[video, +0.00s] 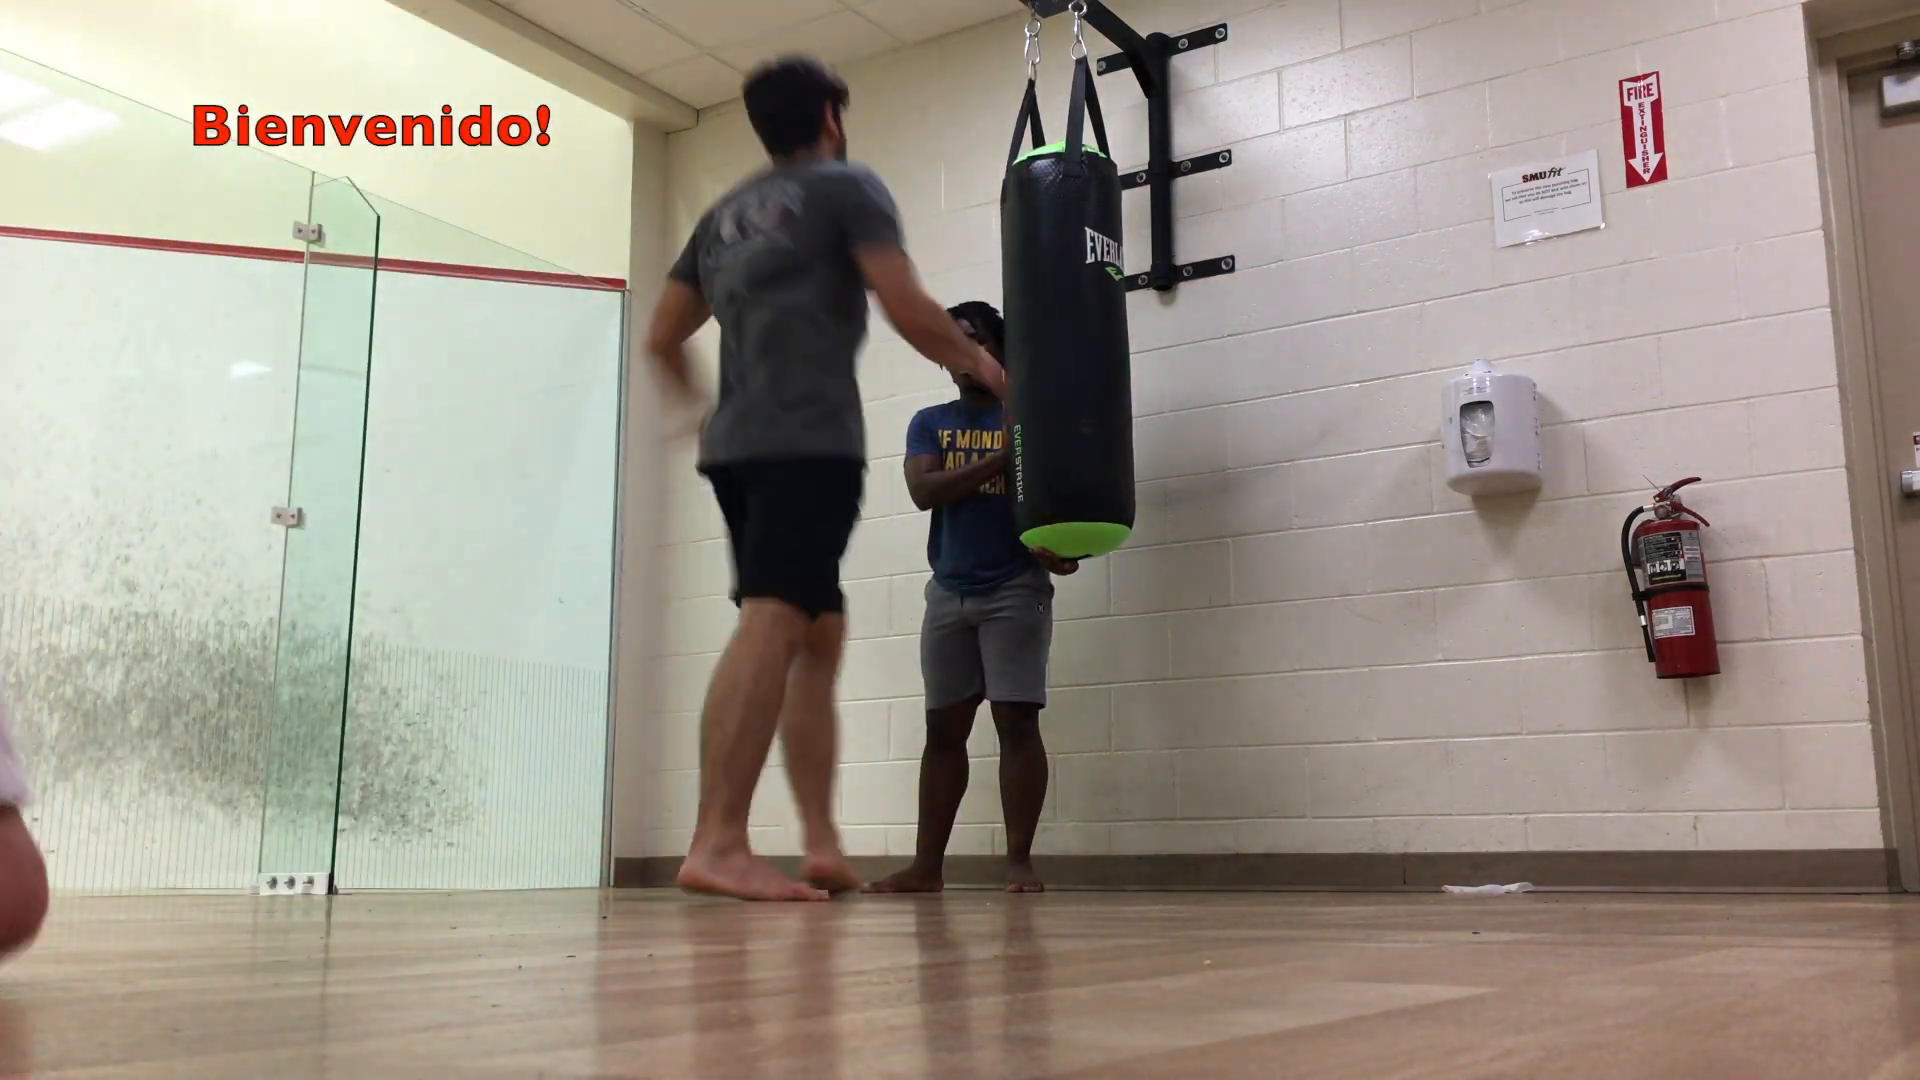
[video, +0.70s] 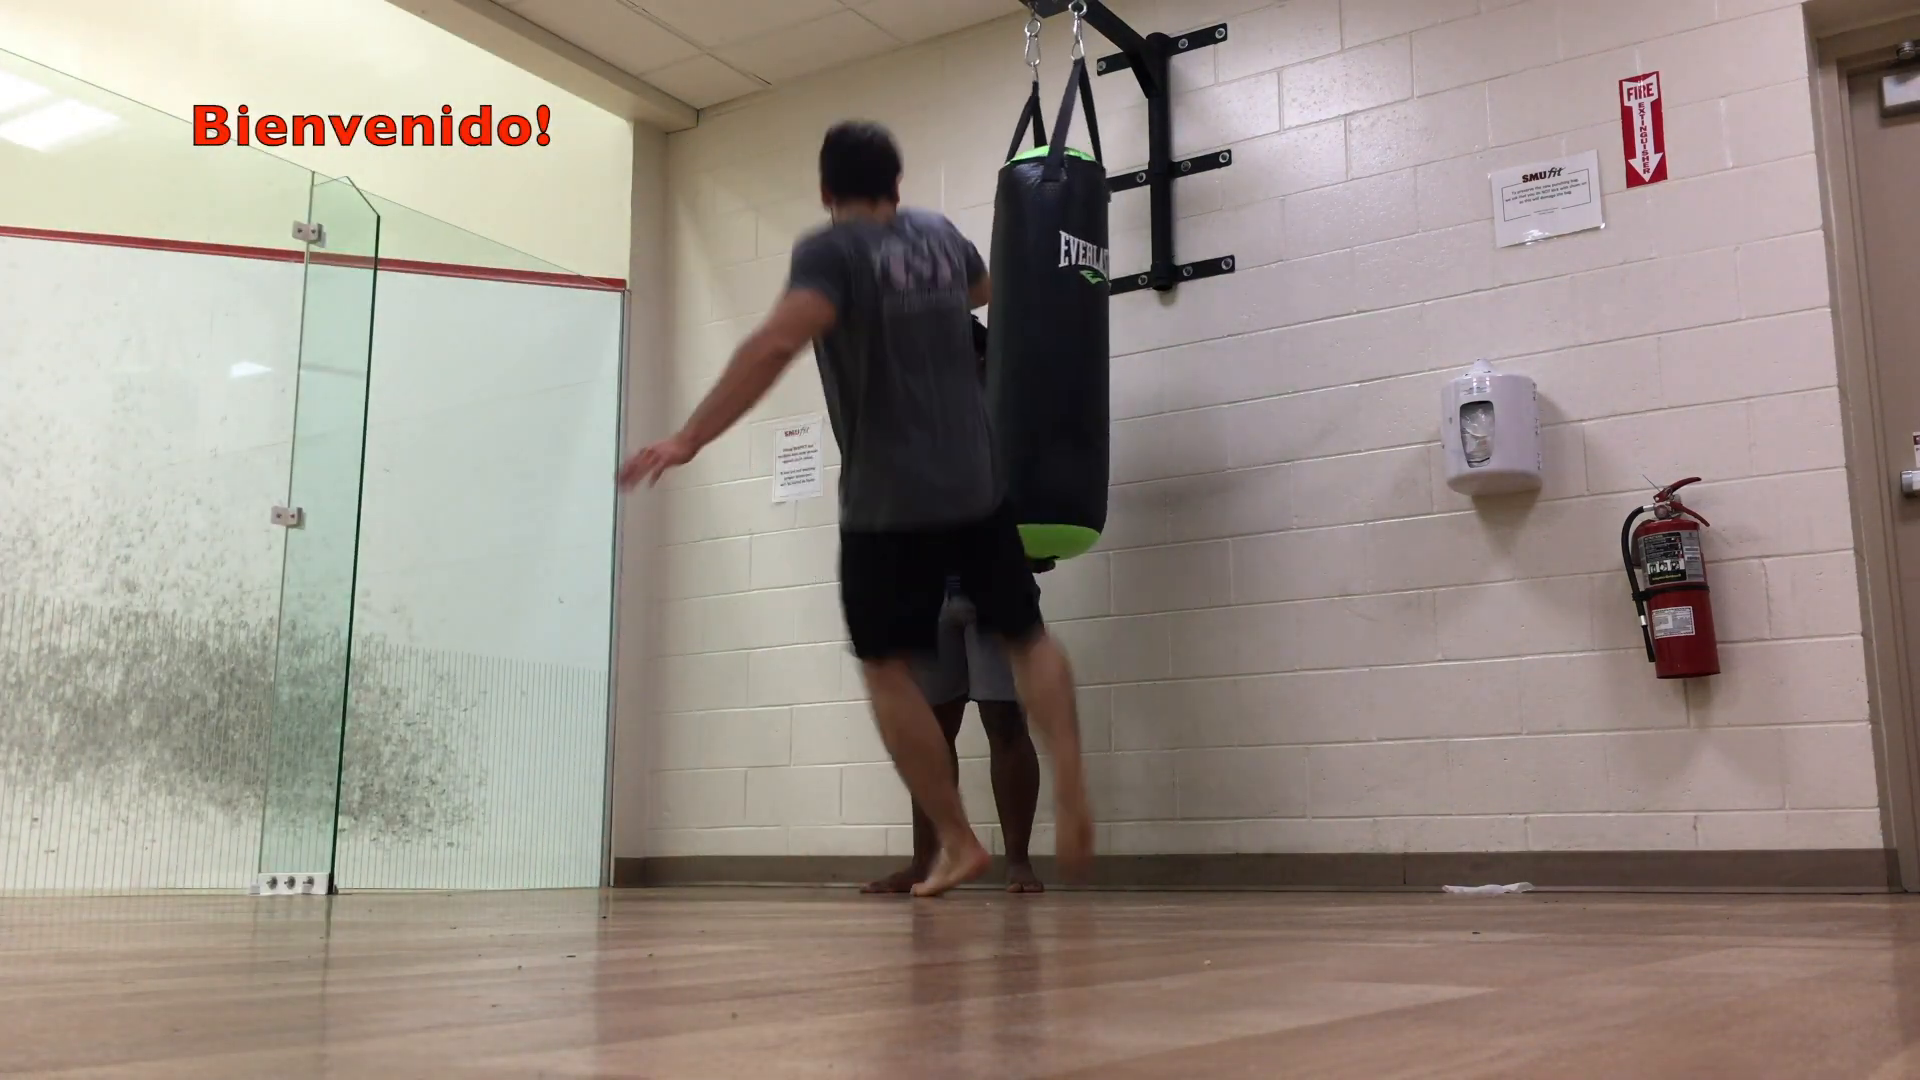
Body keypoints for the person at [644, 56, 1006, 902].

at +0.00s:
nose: (847, 131)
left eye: (841, 117)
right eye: (844, 117)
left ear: (764, 131)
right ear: (830, 118)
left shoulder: (723, 216)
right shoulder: (848, 187)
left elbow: (663, 337)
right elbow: (908, 311)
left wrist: (700, 411)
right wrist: (979, 366)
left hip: (736, 449)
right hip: (810, 443)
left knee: (820, 627)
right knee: (772, 623)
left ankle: (821, 847)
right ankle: (716, 845)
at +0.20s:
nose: (848, 139)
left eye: (844, 131)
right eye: (851, 129)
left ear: (768, 122)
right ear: (842, 127)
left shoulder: (714, 182)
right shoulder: (876, 191)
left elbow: (628, 283)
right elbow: (939, 304)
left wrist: (616, 347)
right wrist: (953, 370)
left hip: (792, 452)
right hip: (891, 434)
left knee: (797, 644)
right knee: (992, 545)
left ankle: (835, 821)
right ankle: (956, 635)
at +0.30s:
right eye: (847, 148)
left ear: (769, 141)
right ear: (848, 147)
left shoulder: (735, 192)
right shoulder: (884, 209)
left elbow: (672, 303)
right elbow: (980, 304)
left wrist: (749, 277)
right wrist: (1075, 372)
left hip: (811, 458)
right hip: (907, 423)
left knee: (794, 642)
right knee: (977, 423)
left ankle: (859, 828)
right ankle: (1123, 453)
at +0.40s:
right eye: (848, 143)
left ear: (777, 151)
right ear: (855, 145)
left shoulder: (747, 202)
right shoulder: (898, 201)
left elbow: (731, 313)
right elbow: (1004, 264)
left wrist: (791, 269)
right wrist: (1103, 317)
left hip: (825, 453)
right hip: (920, 424)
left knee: (836, 642)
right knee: (1000, 442)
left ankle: (871, 830)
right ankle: (1110, 504)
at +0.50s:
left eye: (787, 146)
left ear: (787, 149)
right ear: (861, 139)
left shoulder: (765, 209)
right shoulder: (913, 189)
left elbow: (756, 349)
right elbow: (1001, 282)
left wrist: (787, 402)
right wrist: (1026, 298)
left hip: (853, 447)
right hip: (949, 426)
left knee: (860, 637)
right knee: (1024, 563)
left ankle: (911, 822)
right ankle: (1102, 702)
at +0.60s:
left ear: (810, 197)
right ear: (879, 185)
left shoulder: (815, 269)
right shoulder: (935, 239)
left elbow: (779, 370)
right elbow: (1013, 308)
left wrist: (699, 478)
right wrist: (961, 279)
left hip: (885, 498)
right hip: (976, 482)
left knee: (884, 679)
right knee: (1017, 656)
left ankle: (960, 840)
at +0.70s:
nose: (824, 198)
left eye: (823, 188)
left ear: (826, 190)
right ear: (897, 183)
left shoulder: (830, 251)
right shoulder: (941, 237)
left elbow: (778, 344)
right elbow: (986, 289)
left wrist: (688, 440)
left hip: (888, 501)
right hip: (974, 488)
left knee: (887, 666)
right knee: (1026, 634)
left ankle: (958, 842)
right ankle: (1072, 796)